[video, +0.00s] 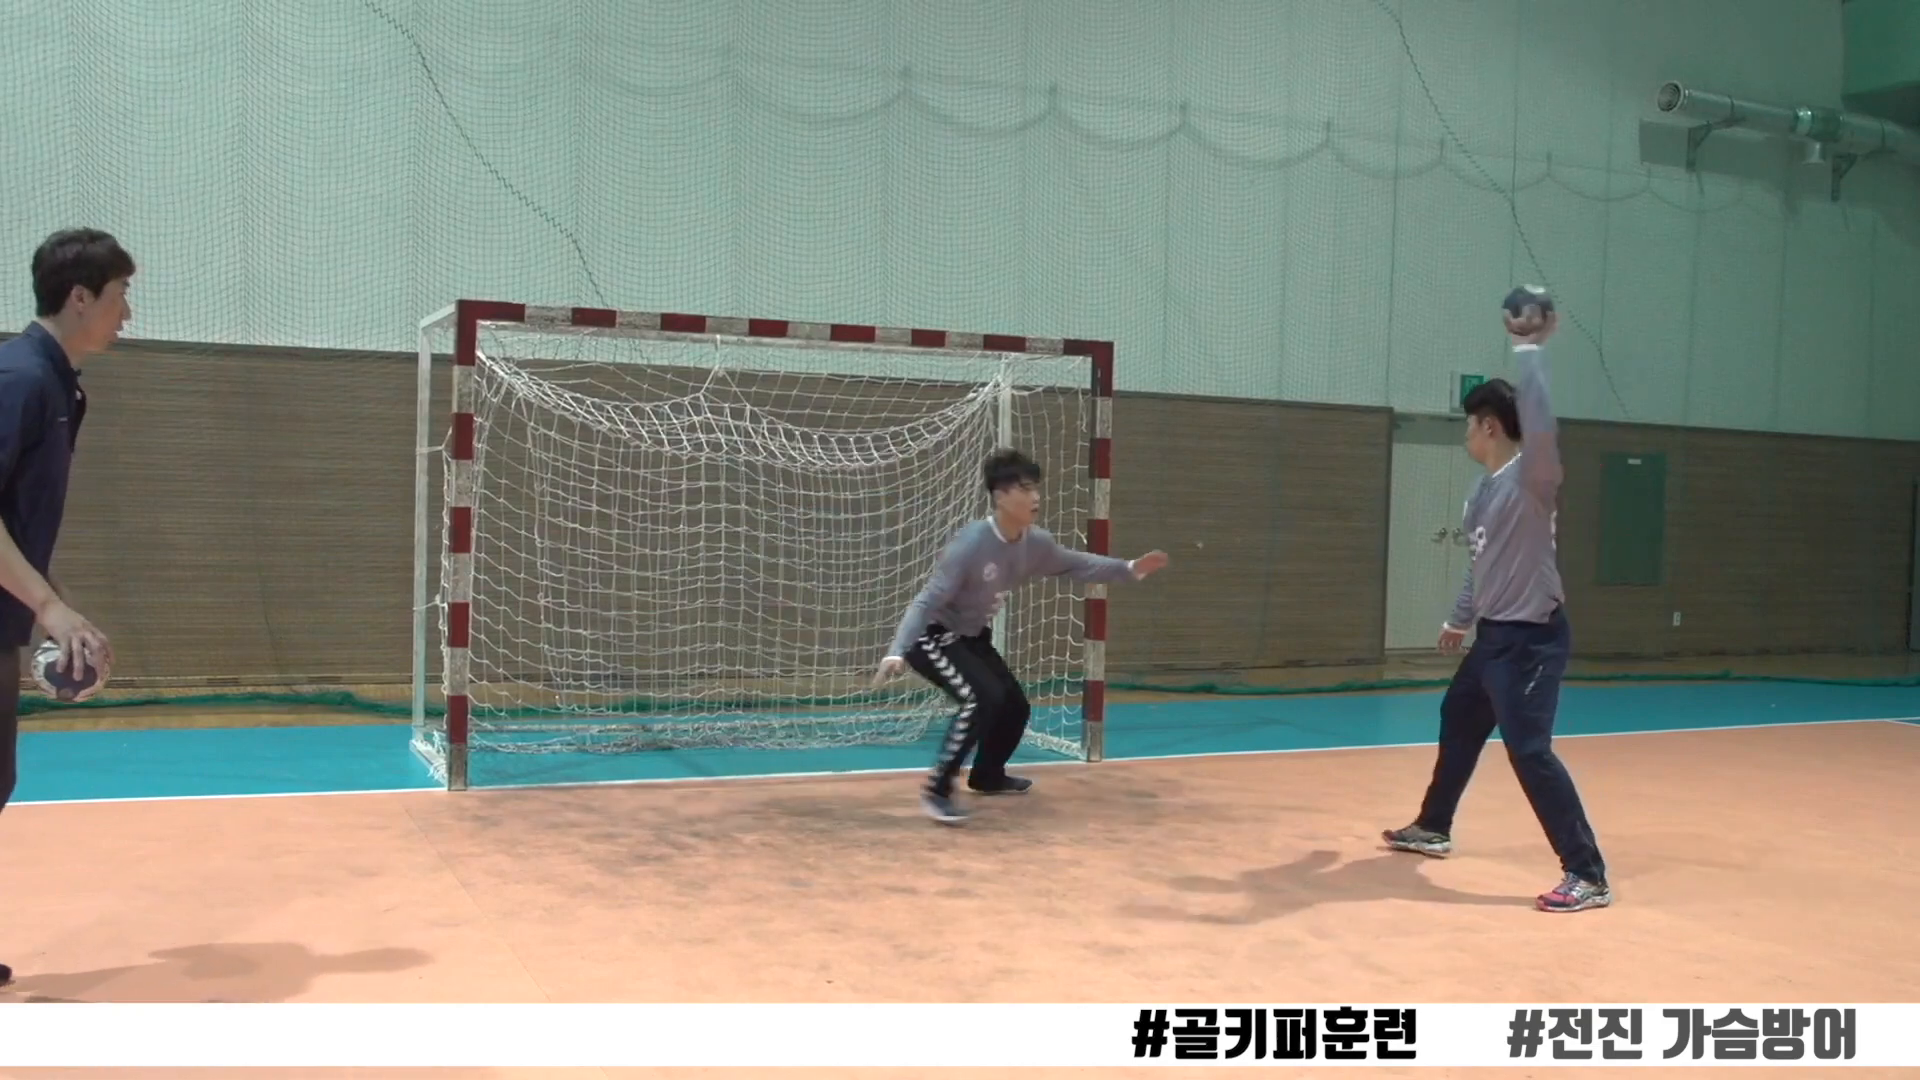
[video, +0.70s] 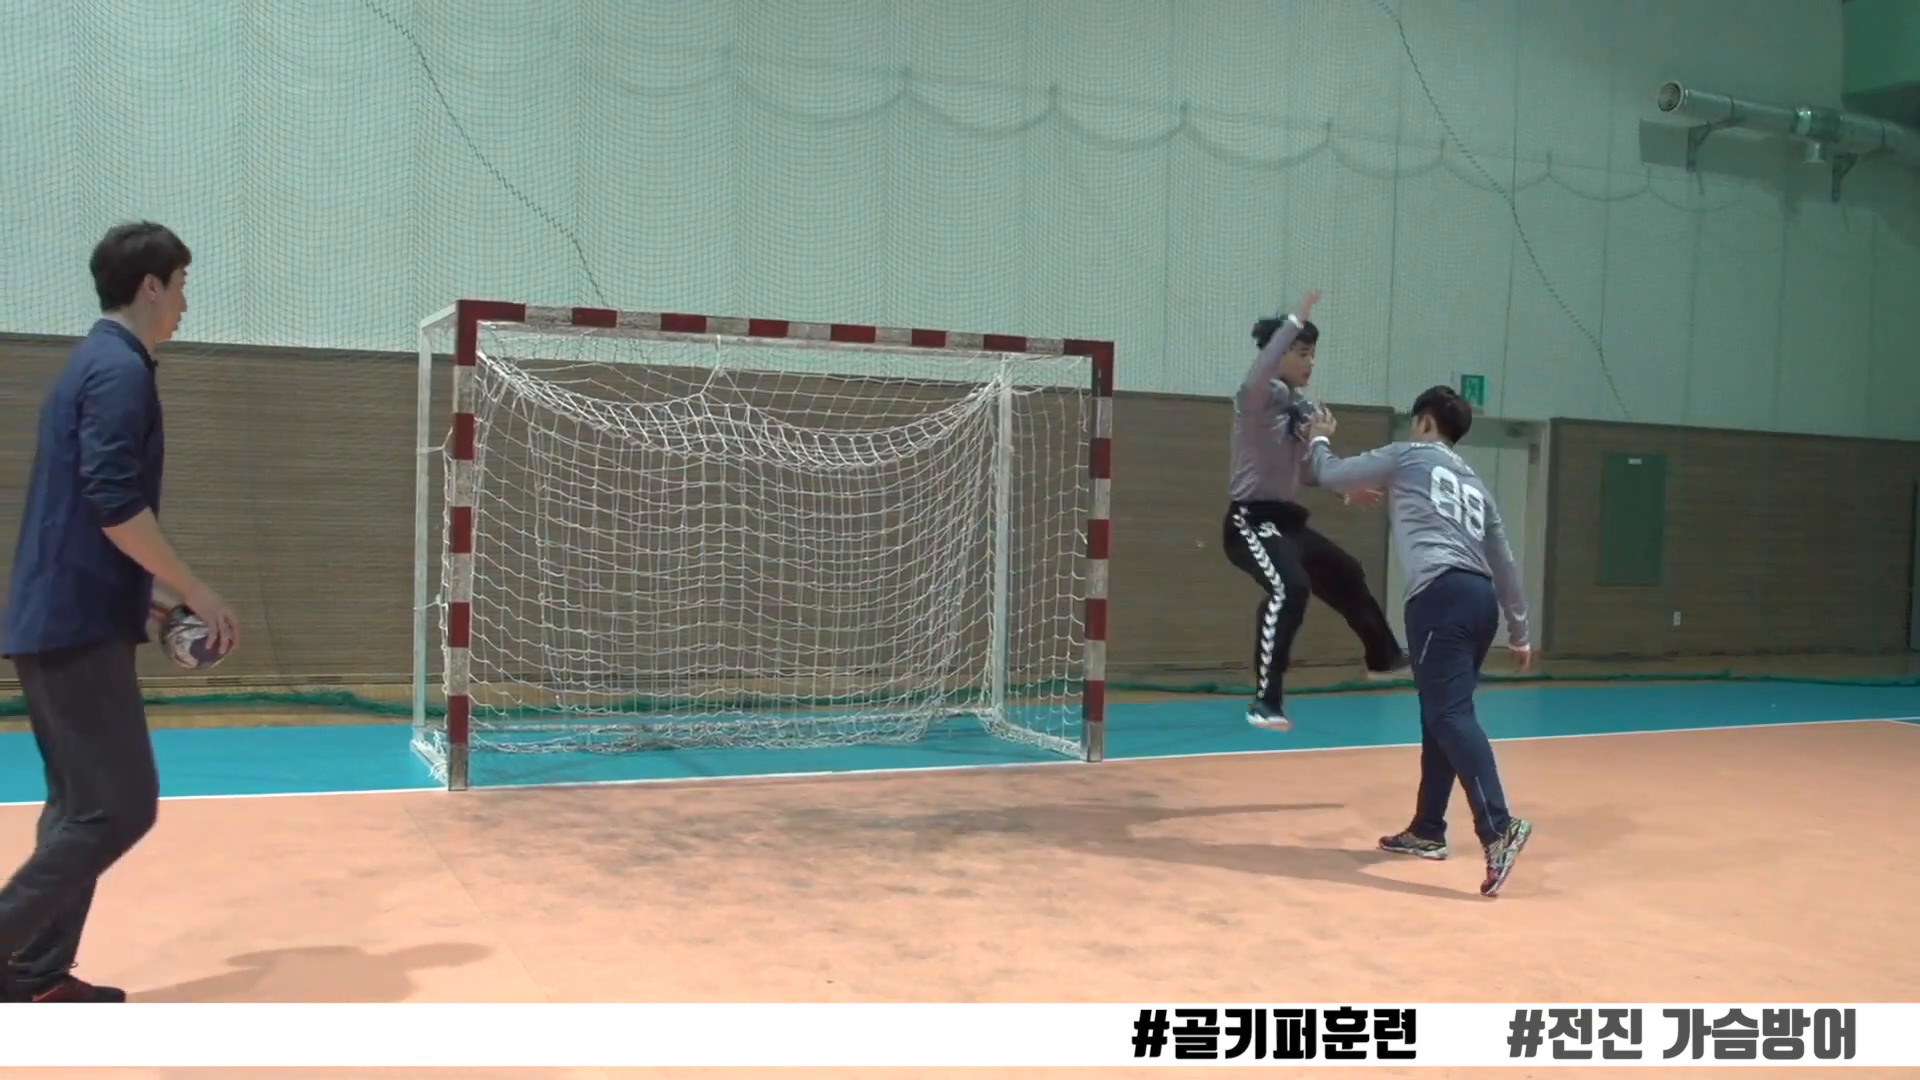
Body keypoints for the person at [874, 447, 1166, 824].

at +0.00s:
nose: (1035, 498)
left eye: (1036, 489)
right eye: (1025, 489)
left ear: (1037, 494)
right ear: (999, 496)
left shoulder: (1036, 544)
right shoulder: (971, 543)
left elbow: (1077, 564)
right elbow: (929, 597)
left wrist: (1129, 569)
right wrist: (897, 651)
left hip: (972, 636)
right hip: (932, 634)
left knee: (1015, 707)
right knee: (984, 697)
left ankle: (987, 776)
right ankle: (937, 790)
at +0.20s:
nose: (1118, 441)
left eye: (1115, 434)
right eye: (1108, 434)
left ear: (1107, 444)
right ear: (1083, 445)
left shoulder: (1114, 490)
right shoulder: (1067, 495)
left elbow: (1135, 493)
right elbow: (1056, 519)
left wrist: (1152, 465)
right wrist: (1086, 473)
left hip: (1095, 612)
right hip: (1059, 616)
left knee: (1137, 683)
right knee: (1113, 704)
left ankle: (1070, 742)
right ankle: (1101, 816)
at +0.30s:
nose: (1161, 397)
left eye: (1162, 390)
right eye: (1154, 390)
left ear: (1155, 395)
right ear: (1133, 393)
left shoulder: (1147, 434)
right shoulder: (1117, 432)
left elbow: (1153, 398)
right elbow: (1120, 397)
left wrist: (1162, 364)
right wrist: (1141, 349)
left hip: (1141, 558)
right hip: (1113, 562)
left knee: (1196, 588)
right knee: (1104, 681)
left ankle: (1148, 673)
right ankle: (1105, 797)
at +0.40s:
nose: (1207, 350)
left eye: (1207, 344)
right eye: (1200, 343)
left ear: (1192, 350)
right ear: (1174, 344)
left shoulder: (1181, 383)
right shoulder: (1154, 380)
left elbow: (1202, 365)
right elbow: (1133, 358)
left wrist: (1219, 339)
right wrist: (1150, 312)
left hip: (1181, 512)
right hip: (1156, 514)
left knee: (1232, 528)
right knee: (1152, 628)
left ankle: (1217, 615)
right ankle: (1098, 732)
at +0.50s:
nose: (1253, 338)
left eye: (1255, 329)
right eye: (1245, 328)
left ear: (1249, 335)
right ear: (1217, 333)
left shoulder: (1234, 384)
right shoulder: (1199, 372)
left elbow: (1238, 416)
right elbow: (1172, 360)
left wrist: (1260, 408)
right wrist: (1169, 317)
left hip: (1214, 494)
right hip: (1179, 495)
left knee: (1267, 500)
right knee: (1208, 573)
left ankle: (1293, 573)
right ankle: (1143, 674)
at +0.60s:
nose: (1288, 348)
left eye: (1290, 340)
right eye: (1280, 339)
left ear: (1284, 344)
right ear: (1252, 340)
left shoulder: (1276, 390)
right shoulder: (1237, 380)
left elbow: (1279, 440)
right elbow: (1226, 351)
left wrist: (1317, 440)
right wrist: (1234, 306)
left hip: (1250, 497)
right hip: (1208, 498)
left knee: (1306, 512)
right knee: (1246, 549)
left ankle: (1356, 579)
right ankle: (1216, 658)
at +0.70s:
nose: (1309, 364)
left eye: (1312, 356)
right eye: (1301, 355)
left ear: (1309, 362)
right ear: (1277, 356)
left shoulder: (1302, 410)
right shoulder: (1255, 400)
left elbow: (1309, 470)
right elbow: (1261, 372)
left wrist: (1345, 487)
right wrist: (1293, 321)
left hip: (1290, 524)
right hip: (1251, 522)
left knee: (1346, 576)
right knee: (1289, 588)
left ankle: (1383, 656)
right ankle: (1266, 702)